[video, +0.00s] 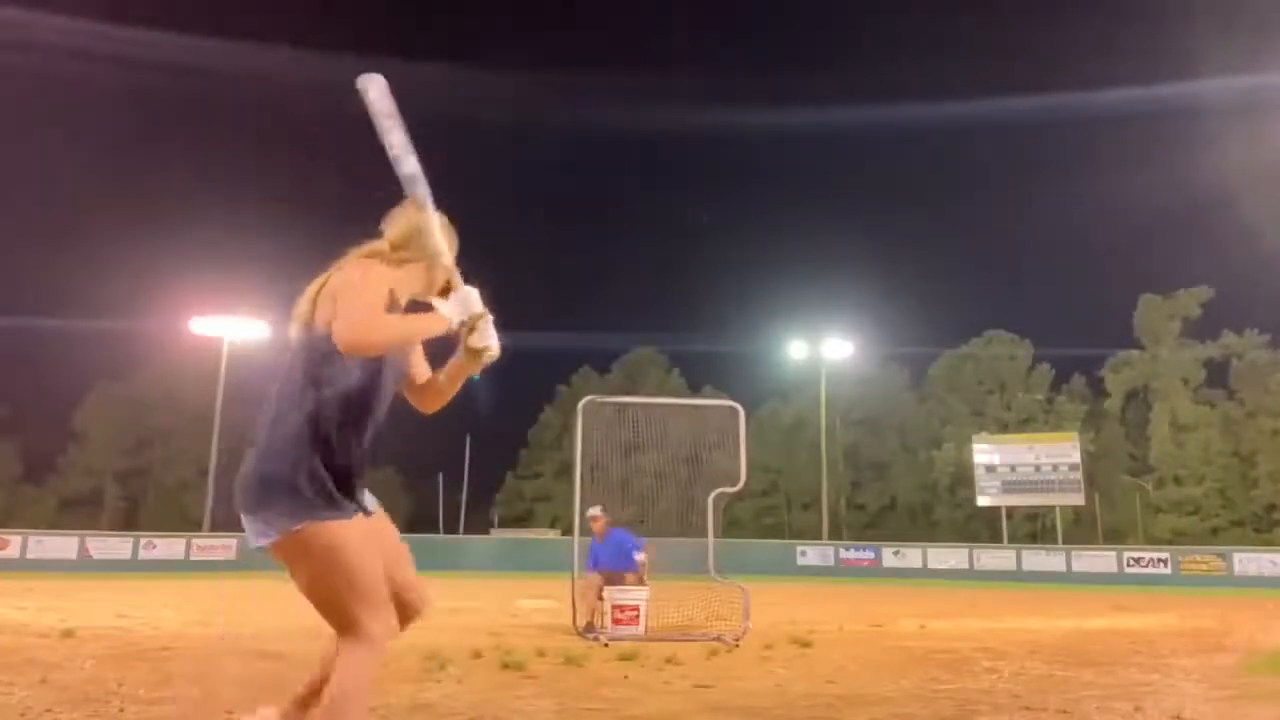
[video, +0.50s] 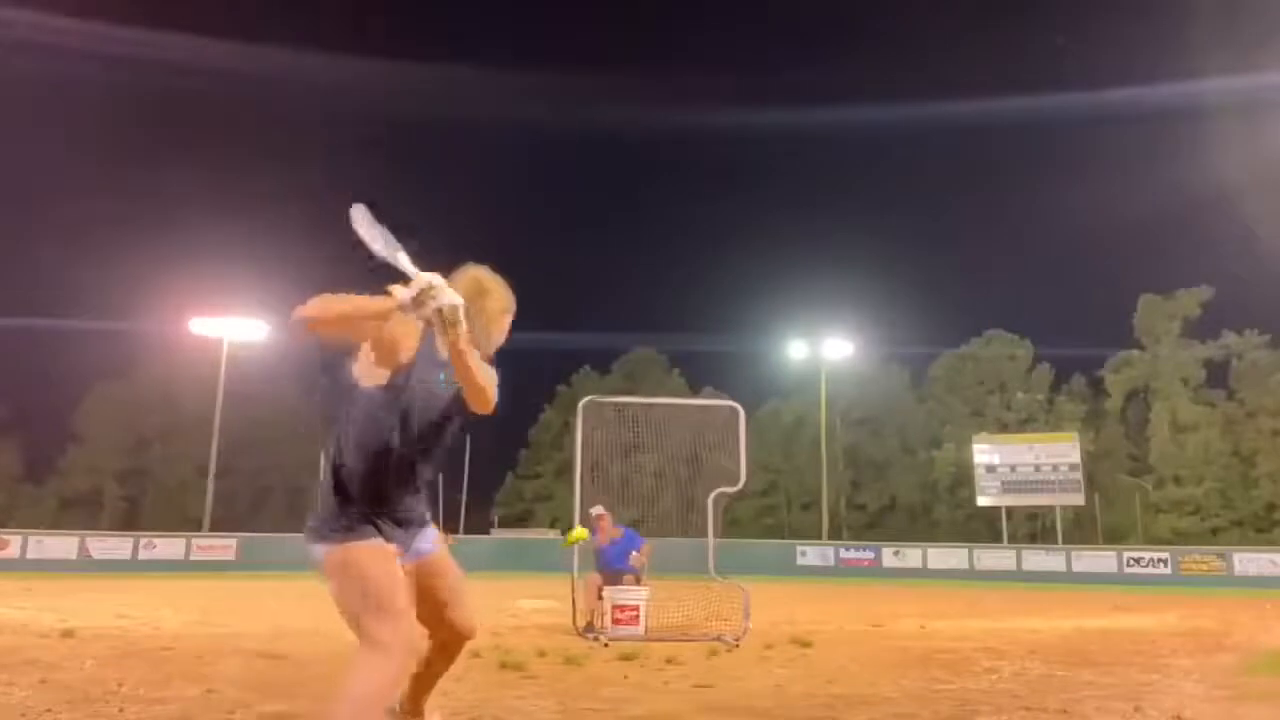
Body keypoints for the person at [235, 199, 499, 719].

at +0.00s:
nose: (442, 286)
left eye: (446, 277)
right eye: (443, 272)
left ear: (406, 255)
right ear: (426, 257)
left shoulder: (396, 315)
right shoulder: (362, 272)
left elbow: (427, 398)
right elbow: (353, 335)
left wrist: (468, 358)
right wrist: (446, 318)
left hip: (335, 484)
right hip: (289, 485)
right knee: (369, 629)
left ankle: (298, 709)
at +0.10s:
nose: (457, 283)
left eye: (459, 273)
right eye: (458, 271)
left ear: (415, 257)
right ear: (442, 263)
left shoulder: (413, 316)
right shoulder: (367, 275)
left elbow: (428, 401)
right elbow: (341, 336)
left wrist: (462, 365)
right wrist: (437, 322)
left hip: (346, 486)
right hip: (299, 489)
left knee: (424, 591)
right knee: (372, 632)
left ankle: (339, 703)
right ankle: (329, 715)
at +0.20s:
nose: (460, 293)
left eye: (464, 284)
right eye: (462, 280)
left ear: (421, 258)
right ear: (443, 268)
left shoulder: (423, 324)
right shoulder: (375, 282)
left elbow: (436, 405)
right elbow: (331, 339)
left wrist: (460, 366)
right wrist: (429, 325)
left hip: (355, 488)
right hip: (304, 493)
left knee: (446, 581)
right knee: (376, 628)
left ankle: (379, 706)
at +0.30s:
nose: (473, 307)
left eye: (476, 299)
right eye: (472, 296)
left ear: (458, 292)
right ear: (450, 285)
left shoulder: (442, 333)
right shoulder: (387, 294)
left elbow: (456, 408)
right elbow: (321, 337)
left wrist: (459, 361)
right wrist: (413, 317)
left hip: (374, 493)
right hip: (316, 500)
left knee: (465, 587)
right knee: (389, 637)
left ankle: (414, 708)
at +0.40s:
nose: (482, 322)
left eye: (486, 315)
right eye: (482, 312)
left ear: (467, 312)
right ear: (460, 298)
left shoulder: (456, 350)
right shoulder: (386, 312)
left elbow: (468, 406)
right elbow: (309, 329)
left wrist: (455, 346)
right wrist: (399, 305)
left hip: (387, 501)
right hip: (325, 504)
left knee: (470, 601)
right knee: (387, 644)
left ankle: (422, 701)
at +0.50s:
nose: (509, 333)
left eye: (510, 322)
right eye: (506, 319)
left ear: (474, 317)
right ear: (481, 312)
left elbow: (484, 403)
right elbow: (308, 317)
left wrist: (453, 334)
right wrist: (396, 302)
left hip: (412, 524)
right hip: (349, 523)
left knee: (457, 627)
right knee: (394, 641)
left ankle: (411, 704)